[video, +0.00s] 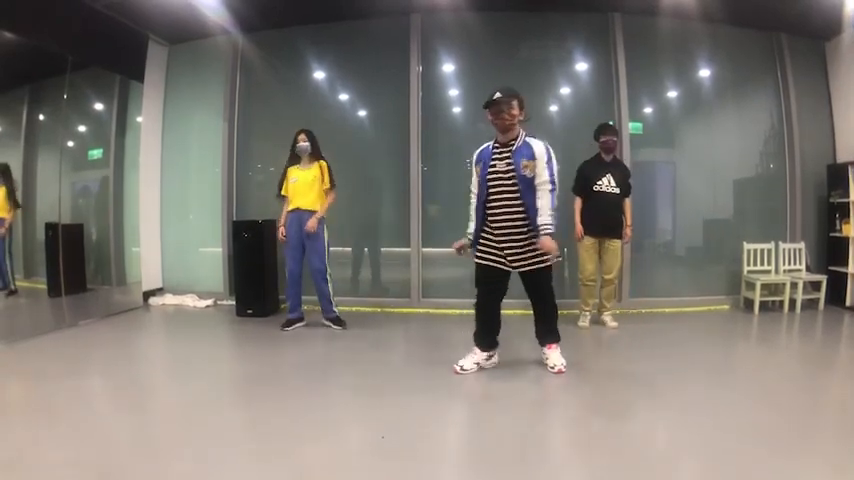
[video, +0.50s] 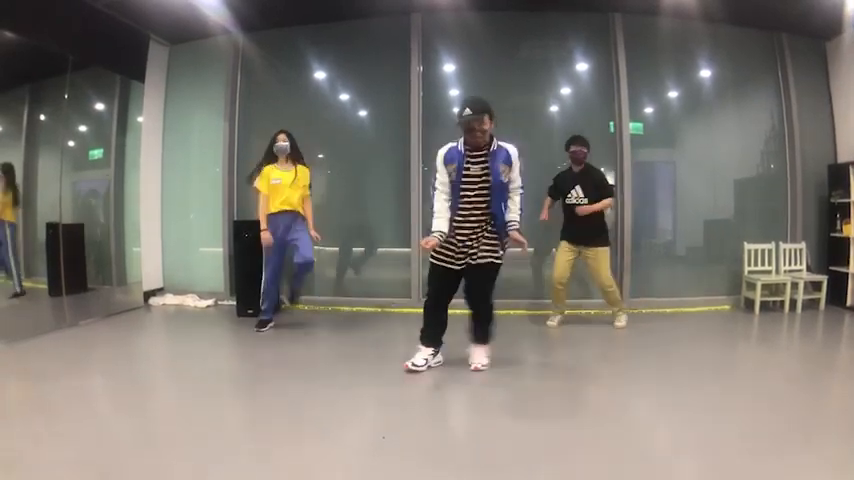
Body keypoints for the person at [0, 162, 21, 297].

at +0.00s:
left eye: (0, 173)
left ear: (3, 174)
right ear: (8, 173)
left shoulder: (6, 189)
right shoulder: (7, 188)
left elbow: (12, 208)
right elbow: (12, 208)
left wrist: (5, 225)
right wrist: (6, 224)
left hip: (4, 222)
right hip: (4, 222)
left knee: (5, 254)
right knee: (5, 254)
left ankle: (11, 285)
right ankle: (5, 283)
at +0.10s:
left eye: (0, 173)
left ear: (3, 174)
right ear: (7, 173)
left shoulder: (7, 188)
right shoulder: (9, 188)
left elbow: (13, 208)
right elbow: (13, 208)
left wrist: (7, 223)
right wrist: (7, 223)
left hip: (4, 221)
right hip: (4, 221)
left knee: (5, 254)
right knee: (4, 254)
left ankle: (12, 284)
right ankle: (5, 283)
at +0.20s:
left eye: (0, 172)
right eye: (1, 172)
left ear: (3, 172)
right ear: (7, 172)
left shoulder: (7, 186)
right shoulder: (8, 186)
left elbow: (15, 204)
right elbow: (15, 204)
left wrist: (10, 218)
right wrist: (10, 217)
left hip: (6, 219)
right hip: (5, 218)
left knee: (4, 251)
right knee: (3, 251)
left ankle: (13, 282)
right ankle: (5, 282)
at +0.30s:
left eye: (1, 175)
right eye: (1, 174)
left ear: (5, 175)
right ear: (8, 175)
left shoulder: (11, 189)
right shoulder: (5, 189)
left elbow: (18, 207)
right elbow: (18, 207)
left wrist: (9, 217)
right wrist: (8, 217)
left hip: (7, 221)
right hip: (3, 221)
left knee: (5, 254)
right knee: (3, 254)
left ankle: (15, 287)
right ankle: (5, 283)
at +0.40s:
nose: (0, 177)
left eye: (1, 174)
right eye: (1, 174)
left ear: (5, 175)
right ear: (7, 174)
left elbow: (13, 205)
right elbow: (9, 205)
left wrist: (5, 216)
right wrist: (5, 215)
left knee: (9, 254)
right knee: (4, 254)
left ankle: (17, 286)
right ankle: (5, 280)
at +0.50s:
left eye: (1, 175)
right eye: (1, 175)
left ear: (6, 176)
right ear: (9, 175)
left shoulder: (9, 190)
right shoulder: (11, 189)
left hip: (7, 220)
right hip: (6, 220)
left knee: (9, 253)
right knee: (6, 253)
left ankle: (18, 287)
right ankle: (17, 285)